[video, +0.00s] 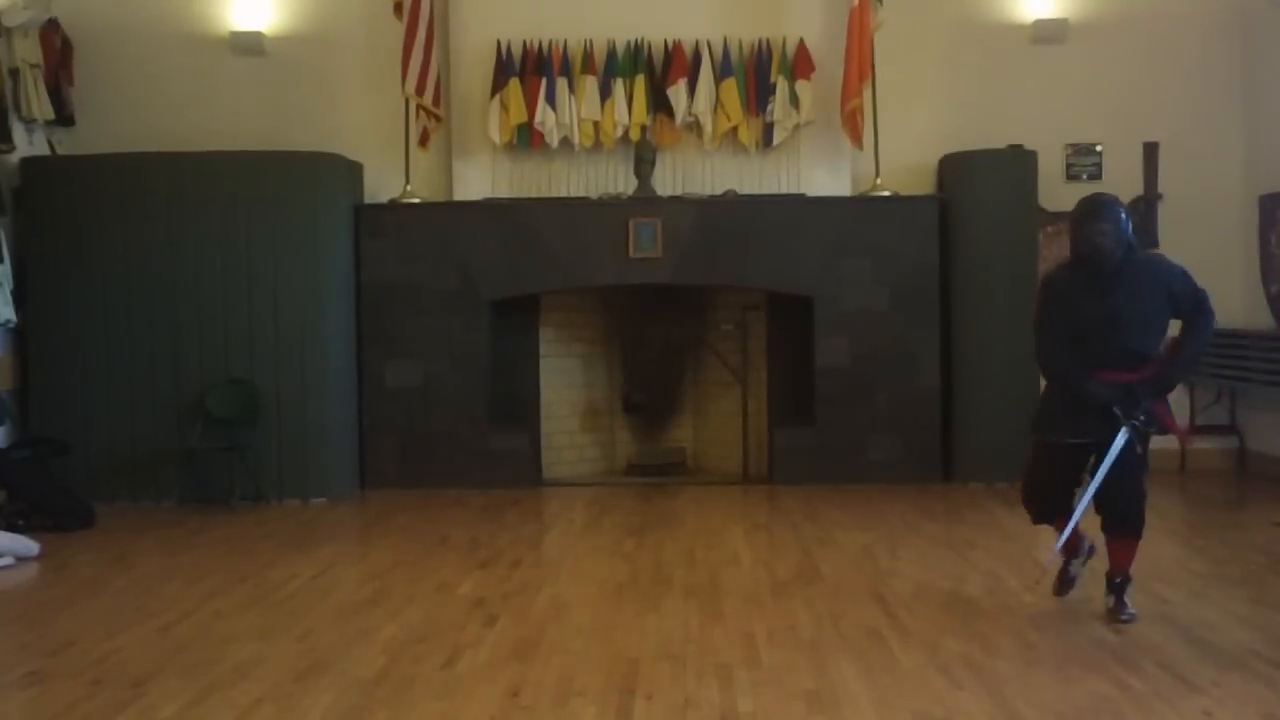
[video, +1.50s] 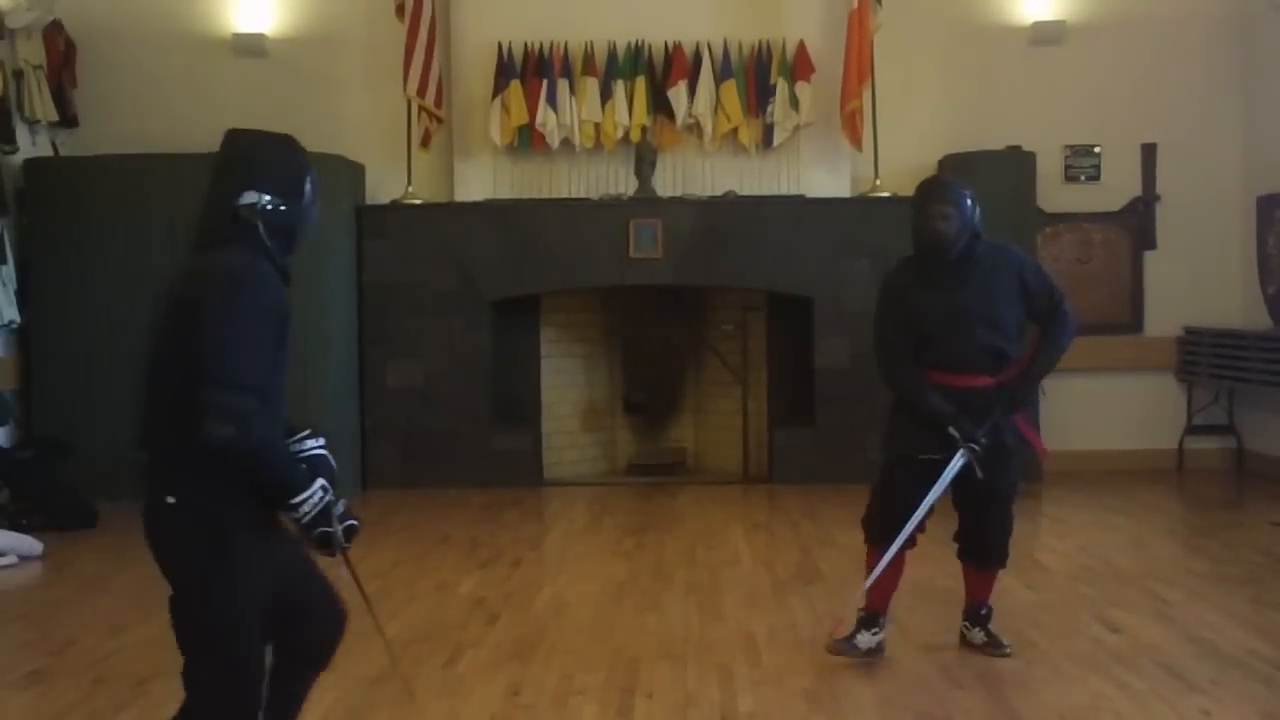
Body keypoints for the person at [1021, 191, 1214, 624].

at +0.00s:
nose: (1092, 244)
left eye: (1102, 235)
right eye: (1084, 235)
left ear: (1124, 235)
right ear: (1073, 236)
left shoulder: (1155, 275)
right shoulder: (1059, 284)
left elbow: (1201, 314)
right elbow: (1049, 357)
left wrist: (1172, 372)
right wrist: (1105, 398)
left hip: (1129, 404)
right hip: (1068, 401)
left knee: (1123, 500)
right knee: (1042, 493)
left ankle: (1119, 587)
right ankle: (1076, 549)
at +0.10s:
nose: (1082, 244)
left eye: (1091, 235)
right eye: (1074, 235)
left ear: (1114, 234)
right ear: (1064, 237)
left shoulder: (1147, 274)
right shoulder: (1050, 285)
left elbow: (1192, 315)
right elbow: (1043, 358)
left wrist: (1163, 371)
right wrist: (1098, 400)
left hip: (1124, 399)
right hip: (1062, 395)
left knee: (1118, 498)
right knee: (1026, 489)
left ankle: (1116, 588)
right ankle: (1039, 571)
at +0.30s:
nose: (1065, 248)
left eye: (1073, 238)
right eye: (1055, 240)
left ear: (1091, 237)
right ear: (1040, 243)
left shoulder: (1123, 282)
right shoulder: (1026, 294)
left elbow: (1167, 323)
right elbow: (1021, 369)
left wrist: (1136, 382)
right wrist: (1080, 412)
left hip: (1104, 411)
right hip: (1041, 409)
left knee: (1115, 510)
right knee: (1005, 495)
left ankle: (1115, 592)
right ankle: (963, 589)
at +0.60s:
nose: (997, 255)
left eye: (1004, 244)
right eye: (987, 247)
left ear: (1021, 243)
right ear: (971, 252)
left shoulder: (1051, 283)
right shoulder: (961, 300)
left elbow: (1094, 329)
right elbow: (959, 384)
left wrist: (1070, 392)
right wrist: (1017, 428)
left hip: (1044, 415)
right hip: (982, 415)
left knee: (1080, 508)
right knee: (945, 506)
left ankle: (1101, 584)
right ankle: (941, 612)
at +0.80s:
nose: (961, 243)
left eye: (968, 232)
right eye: (951, 235)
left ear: (986, 232)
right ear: (936, 240)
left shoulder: (1023, 273)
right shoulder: (922, 294)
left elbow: (1067, 319)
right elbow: (921, 374)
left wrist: (1033, 389)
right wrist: (978, 416)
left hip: (1017, 413)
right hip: (950, 416)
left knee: (1043, 506)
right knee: (933, 512)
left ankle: (1048, 584)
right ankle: (941, 609)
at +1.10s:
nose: (944, 234)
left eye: (952, 223)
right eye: (934, 225)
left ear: (973, 223)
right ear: (919, 229)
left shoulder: (1006, 265)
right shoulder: (907, 282)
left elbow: (1054, 312)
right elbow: (900, 363)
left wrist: (1019, 385)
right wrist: (953, 411)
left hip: (999, 413)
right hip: (932, 413)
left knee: (991, 515)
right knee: (932, 514)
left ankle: (978, 618)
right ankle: (939, 613)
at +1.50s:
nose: (935, 227)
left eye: (946, 217)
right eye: (927, 217)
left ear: (970, 219)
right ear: (915, 221)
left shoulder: (1010, 267)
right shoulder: (903, 280)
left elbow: (1060, 323)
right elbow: (893, 362)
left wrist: (1018, 390)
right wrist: (949, 417)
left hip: (994, 410)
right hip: (924, 408)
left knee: (989, 521)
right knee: (889, 512)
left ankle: (976, 622)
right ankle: (871, 626)